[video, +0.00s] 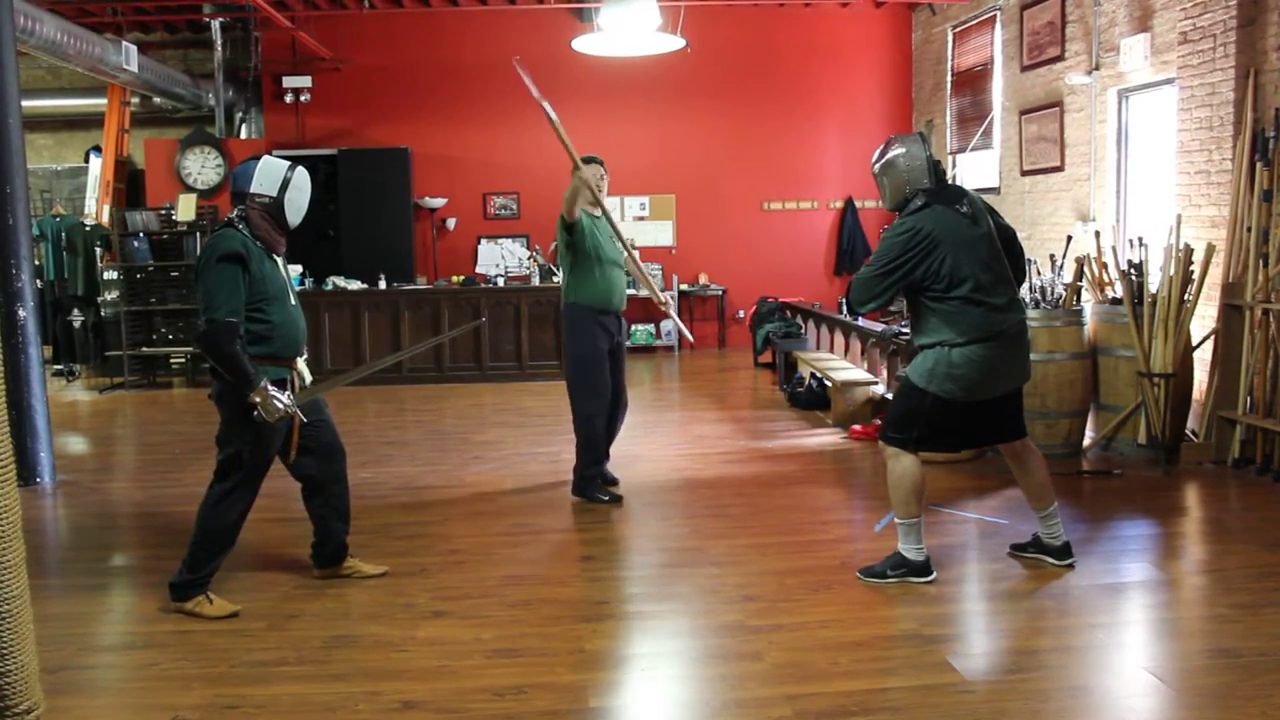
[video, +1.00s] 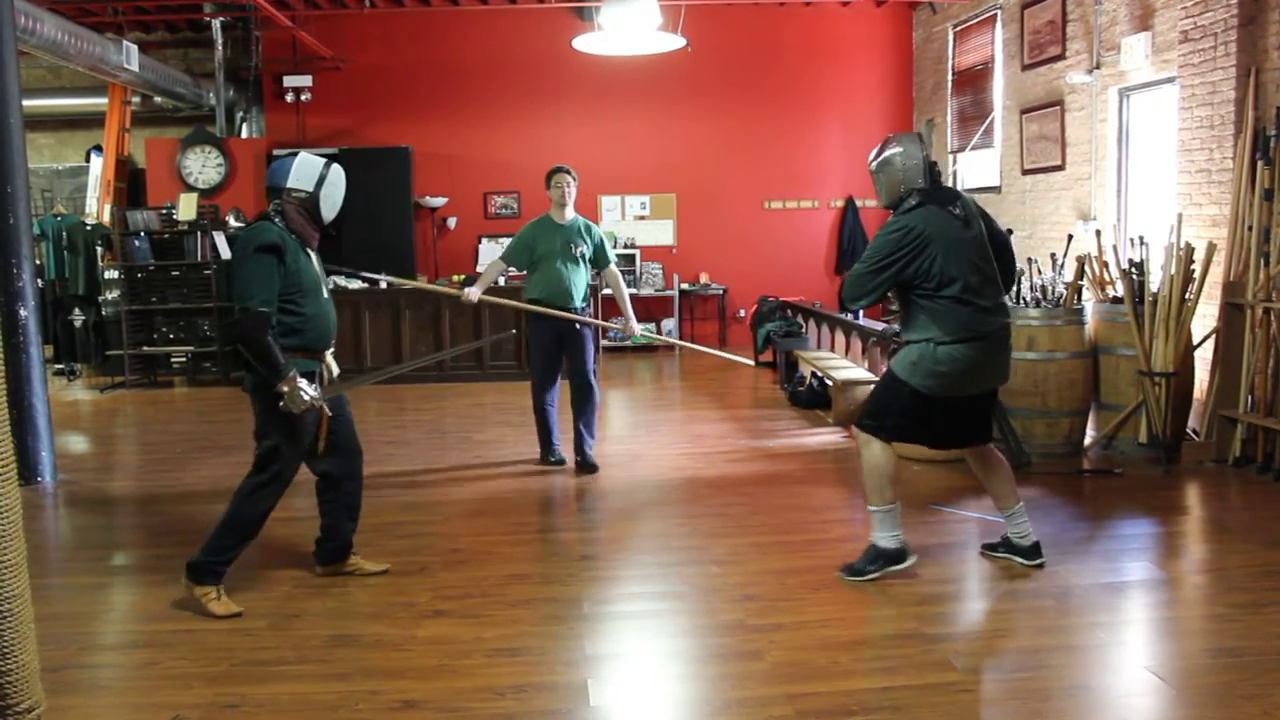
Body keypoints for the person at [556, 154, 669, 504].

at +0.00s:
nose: (600, 179)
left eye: (604, 175)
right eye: (593, 173)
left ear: (607, 184)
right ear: (579, 182)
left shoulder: (608, 226)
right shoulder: (574, 223)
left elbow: (624, 266)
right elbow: (570, 211)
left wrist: (652, 291)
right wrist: (576, 183)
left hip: (612, 319)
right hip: (584, 318)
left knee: (615, 400)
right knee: (592, 399)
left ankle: (597, 466)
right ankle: (585, 481)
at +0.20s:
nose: (604, 183)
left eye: (609, 179)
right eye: (597, 178)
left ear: (613, 186)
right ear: (583, 184)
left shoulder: (616, 228)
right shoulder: (570, 215)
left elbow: (634, 266)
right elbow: (540, 205)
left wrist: (655, 297)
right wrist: (548, 170)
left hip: (609, 317)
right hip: (575, 316)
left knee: (608, 395)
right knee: (578, 395)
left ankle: (596, 465)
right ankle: (585, 477)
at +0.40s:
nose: (600, 184)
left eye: (605, 180)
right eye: (594, 179)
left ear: (608, 188)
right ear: (579, 184)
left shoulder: (615, 229)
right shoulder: (561, 215)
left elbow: (636, 270)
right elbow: (524, 205)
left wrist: (659, 301)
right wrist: (526, 171)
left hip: (604, 317)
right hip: (568, 315)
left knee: (605, 393)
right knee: (565, 393)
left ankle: (597, 463)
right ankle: (559, 465)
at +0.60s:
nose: (590, 185)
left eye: (594, 181)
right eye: (584, 180)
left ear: (600, 190)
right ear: (570, 187)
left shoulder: (607, 232)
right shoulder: (550, 221)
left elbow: (626, 273)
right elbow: (514, 227)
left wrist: (653, 309)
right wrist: (501, 203)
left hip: (598, 318)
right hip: (561, 316)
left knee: (602, 391)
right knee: (555, 386)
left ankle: (597, 463)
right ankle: (544, 436)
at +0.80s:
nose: (576, 190)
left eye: (581, 186)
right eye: (570, 186)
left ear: (587, 194)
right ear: (558, 194)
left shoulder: (597, 236)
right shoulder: (541, 231)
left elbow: (617, 279)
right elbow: (506, 259)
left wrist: (634, 319)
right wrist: (490, 261)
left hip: (585, 319)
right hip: (548, 319)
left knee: (593, 389)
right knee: (548, 387)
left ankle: (597, 459)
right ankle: (549, 447)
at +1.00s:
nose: (565, 189)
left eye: (569, 185)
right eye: (559, 185)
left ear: (576, 191)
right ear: (548, 192)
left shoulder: (591, 232)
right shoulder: (533, 230)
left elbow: (612, 274)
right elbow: (501, 263)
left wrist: (629, 316)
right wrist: (477, 287)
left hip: (579, 314)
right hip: (541, 315)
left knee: (585, 381)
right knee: (544, 384)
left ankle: (585, 452)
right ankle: (549, 448)